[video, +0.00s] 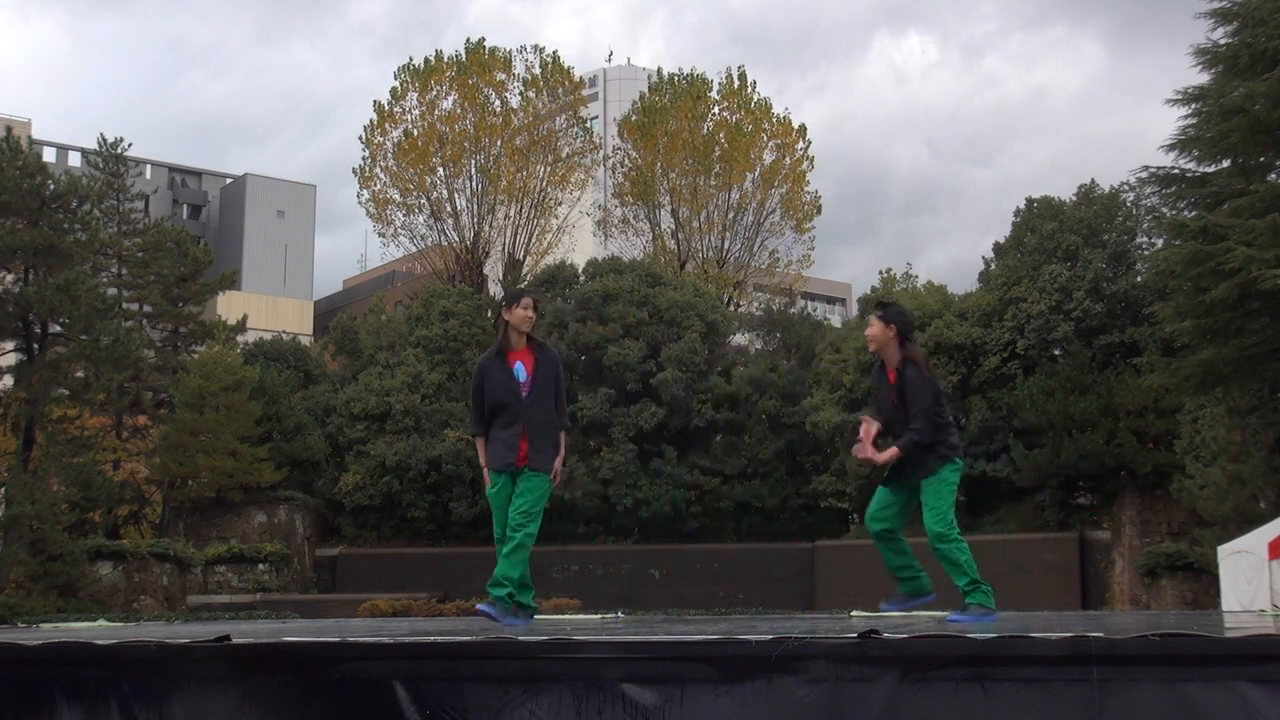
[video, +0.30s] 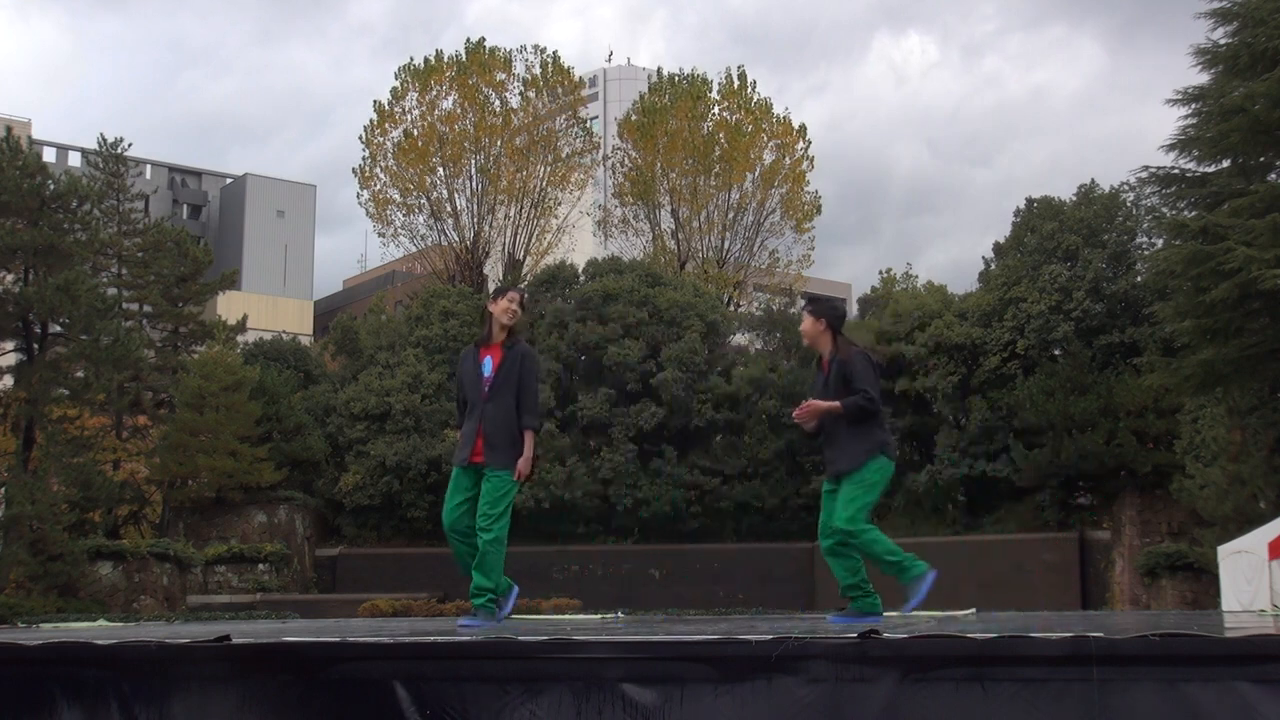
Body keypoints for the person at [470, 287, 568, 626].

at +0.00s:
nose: (529, 314)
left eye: (532, 310)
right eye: (523, 308)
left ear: (535, 317)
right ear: (506, 313)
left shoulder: (548, 358)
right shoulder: (488, 363)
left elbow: (560, 411)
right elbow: (479, 419)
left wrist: (560, 454)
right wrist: (485, 467)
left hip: (539, 459)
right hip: (499, 459)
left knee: (521, 527)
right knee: (504, 531)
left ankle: (500, 596)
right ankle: (523, 604)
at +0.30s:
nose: (513, 308)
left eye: (518, 306)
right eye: (508, 301)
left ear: (519, 317)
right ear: (491, 305)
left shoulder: (523, 355)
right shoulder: (468, 355)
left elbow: (529, 407)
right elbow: (462, 405)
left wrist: (528, 453)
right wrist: (465, 438)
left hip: (503, 457)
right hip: (468, 455)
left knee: (489, 528)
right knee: (453, 522)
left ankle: (485, 608)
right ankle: (502, 587)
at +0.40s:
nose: (504, 308)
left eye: (510, 306)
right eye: (500, 301)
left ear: (512, 316)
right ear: (484, 305)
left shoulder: (517, 353)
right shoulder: (461, 354)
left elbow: (521, 406)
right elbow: (457, 405)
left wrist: (518, 451)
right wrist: (455, 441)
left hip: (496, 455)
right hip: (462, 452)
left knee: (487, 530)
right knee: (437, 518)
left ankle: (486, 605)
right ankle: (468, 594)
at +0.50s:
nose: (487, 308)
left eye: (495, 306)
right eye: (485, 301)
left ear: (505, 317)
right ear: (476, 305)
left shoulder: (510, 350)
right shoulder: (457, 350)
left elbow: (514, 400)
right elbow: (449, 401)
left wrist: (512, 447)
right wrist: (445, 441)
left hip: (491, 452)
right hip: (455, 449)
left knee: (484, 529)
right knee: (428, 519)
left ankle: (485, 606)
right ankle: (439, 602)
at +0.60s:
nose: (472, 311)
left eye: (482, 309)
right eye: (472, 305)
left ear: (495, 321)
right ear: (466, 309)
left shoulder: (503, 353)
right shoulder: (449, 349)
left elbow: (507, 404)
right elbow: (439, 404)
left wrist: (504, 449)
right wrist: (433, 448)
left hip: (484, 453)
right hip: (446, 450)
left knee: (484, 530)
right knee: (427, 525)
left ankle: (484, 606)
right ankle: (412, 603)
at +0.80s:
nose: (445, 320)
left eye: (452, 318)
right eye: (445, 314)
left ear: (471, 322)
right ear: (443, 313)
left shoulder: (487, 354)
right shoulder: (430, 352)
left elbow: (492, 405)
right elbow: (419, 404)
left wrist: (488, 450)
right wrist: (413, 452)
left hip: (467, 456)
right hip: (428, 453)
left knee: (475, 532)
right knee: (416, 531)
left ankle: (483, 606)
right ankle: (405, 607)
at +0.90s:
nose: (431, 324)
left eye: (438, 319)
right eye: (429, 318)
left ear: (457, 320)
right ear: (428, 318)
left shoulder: (477, 355)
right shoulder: (418, 354)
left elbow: (484, 408)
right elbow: (406, 408)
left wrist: (478, 452)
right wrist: (402, 454)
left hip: (456, 455)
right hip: (415, 455)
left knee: (466, 531)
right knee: (409, 532)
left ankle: (481, 606)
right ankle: (404, 607)